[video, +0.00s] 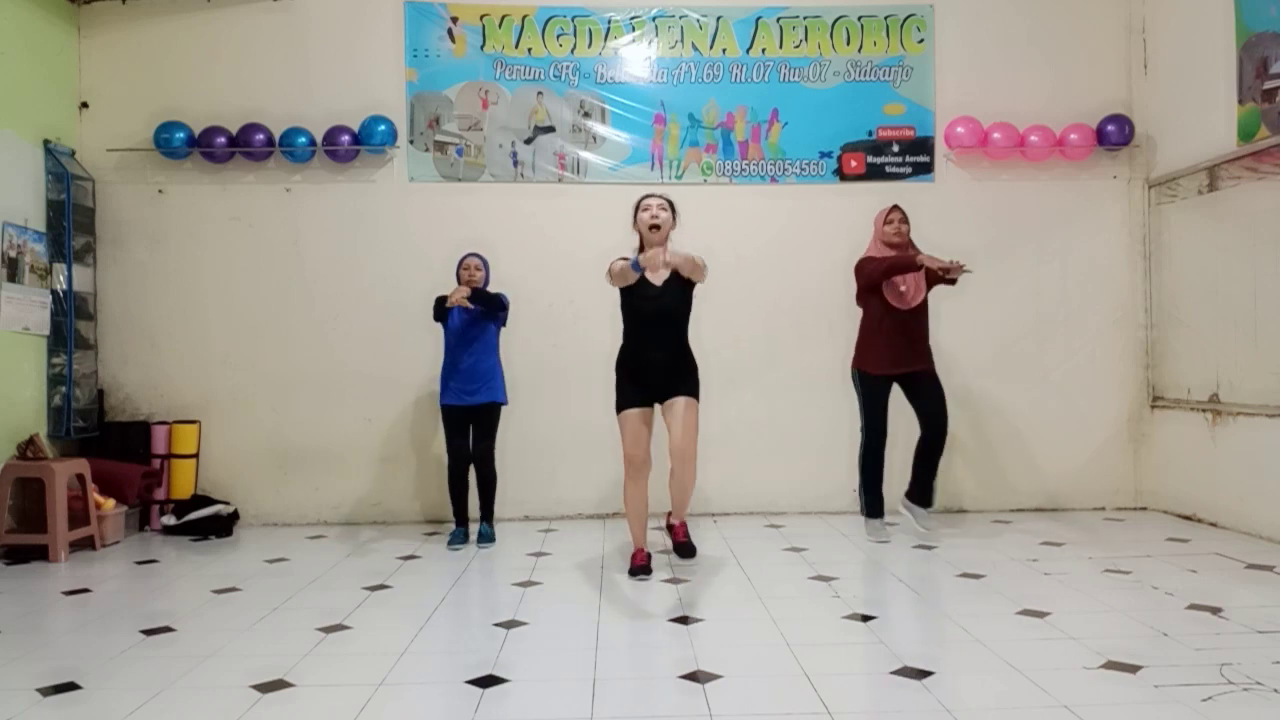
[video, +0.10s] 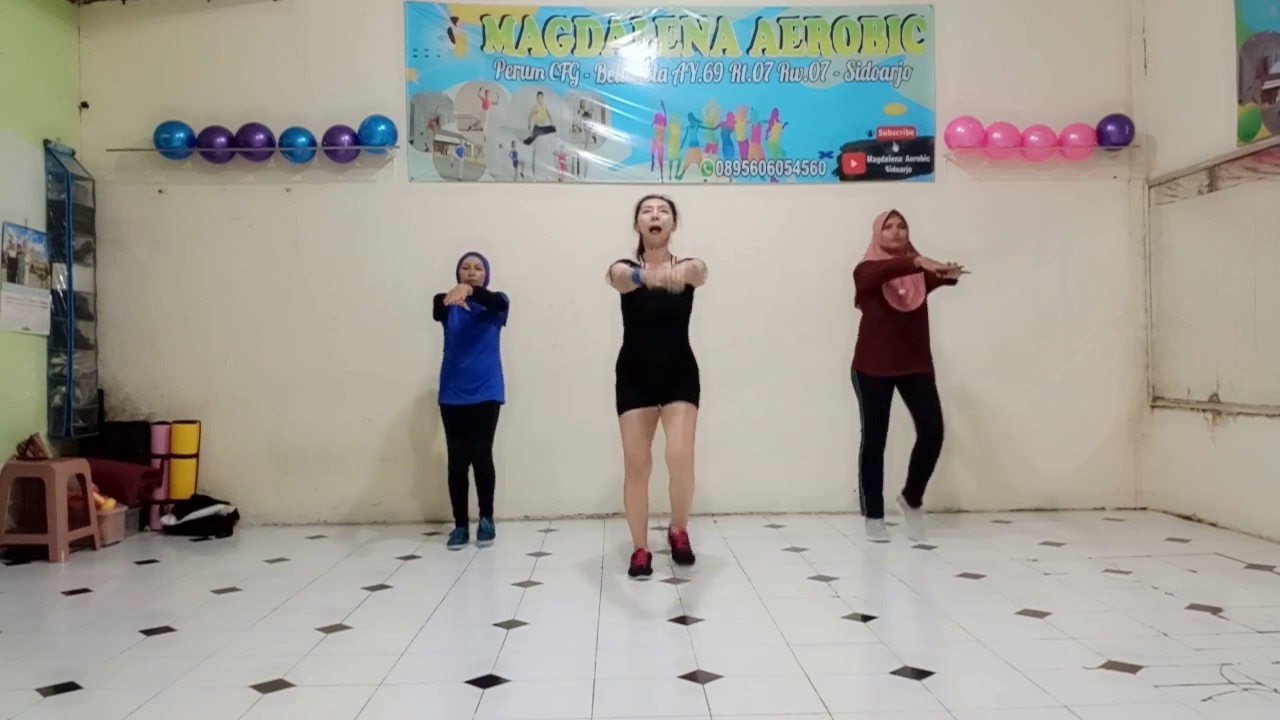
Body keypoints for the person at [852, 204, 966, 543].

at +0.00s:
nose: (898, 226)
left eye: (902, 221)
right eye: (890, 222)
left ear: (910, 230)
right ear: (878, 232)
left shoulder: (918, 264)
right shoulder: (866, 265)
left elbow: (932, 278)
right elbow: (883, 269)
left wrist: (948, 274)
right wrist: (919, 261)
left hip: (914, 361)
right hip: (874, 363)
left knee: (936, 426)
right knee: (874, 436)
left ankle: (917, 501)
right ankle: (873, 514)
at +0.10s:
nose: (897, 231)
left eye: (902, 226)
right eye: (890, 227)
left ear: (908, 234)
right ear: (877, 236)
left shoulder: (917, 268)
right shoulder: (866, 270)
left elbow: (928, 281)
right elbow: (878, 273)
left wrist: (946, 275)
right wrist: (916, 262)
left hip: (914, 365)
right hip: (874, 366)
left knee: (932, 432)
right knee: (874, 438)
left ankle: (912, 500)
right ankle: (873, 515)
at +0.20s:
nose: (897, 236)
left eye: (902, 231)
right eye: (889, 231)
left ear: (909, 239)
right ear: (878, 241)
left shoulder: (922, 273)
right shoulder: (868, 274)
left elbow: (941, 266)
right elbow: (876, 261)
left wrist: (940, 249)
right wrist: (904, 244)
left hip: (914, 369)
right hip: (874, 368)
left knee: (921, 444)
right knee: (874, 441)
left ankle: (908, 516)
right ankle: (873, 515)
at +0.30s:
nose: (899, 234)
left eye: (904, 229)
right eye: (893, 230)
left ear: (911, 234)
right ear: (882, 237)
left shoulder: (924, 265)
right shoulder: (870, 268)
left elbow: (943, 246)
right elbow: (864, 258)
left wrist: (933, 216)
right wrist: (879, 229)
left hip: (917, 361)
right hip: (875, 360)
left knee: (918, 438)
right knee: (873, 435)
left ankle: (908, 513)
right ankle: (874, 511)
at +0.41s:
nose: (897, 226)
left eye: (903, 221)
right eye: (890, 222)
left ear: (912, 230)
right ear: (879, 231)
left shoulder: (923, 261)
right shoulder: (868, 263)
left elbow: (939, 221)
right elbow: (863, 220)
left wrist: (921, 177)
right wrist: (888, 175)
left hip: (917, 359)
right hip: (876, 358)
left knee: (914, 436)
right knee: (879, 432)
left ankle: (908, 510)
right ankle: (879, 501)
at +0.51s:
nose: (902, 237)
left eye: (906, 232)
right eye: (894, 232)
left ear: (912, 239)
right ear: (879, 238)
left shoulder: (921, 267)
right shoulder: (866, 269)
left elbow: (941, 223)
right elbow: (856, 219)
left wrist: (917, 181)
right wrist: (883, 178)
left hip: (919, 368)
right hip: (878, 368)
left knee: (914, 445)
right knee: (884, 442)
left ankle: (904, 515)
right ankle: (878, 514)